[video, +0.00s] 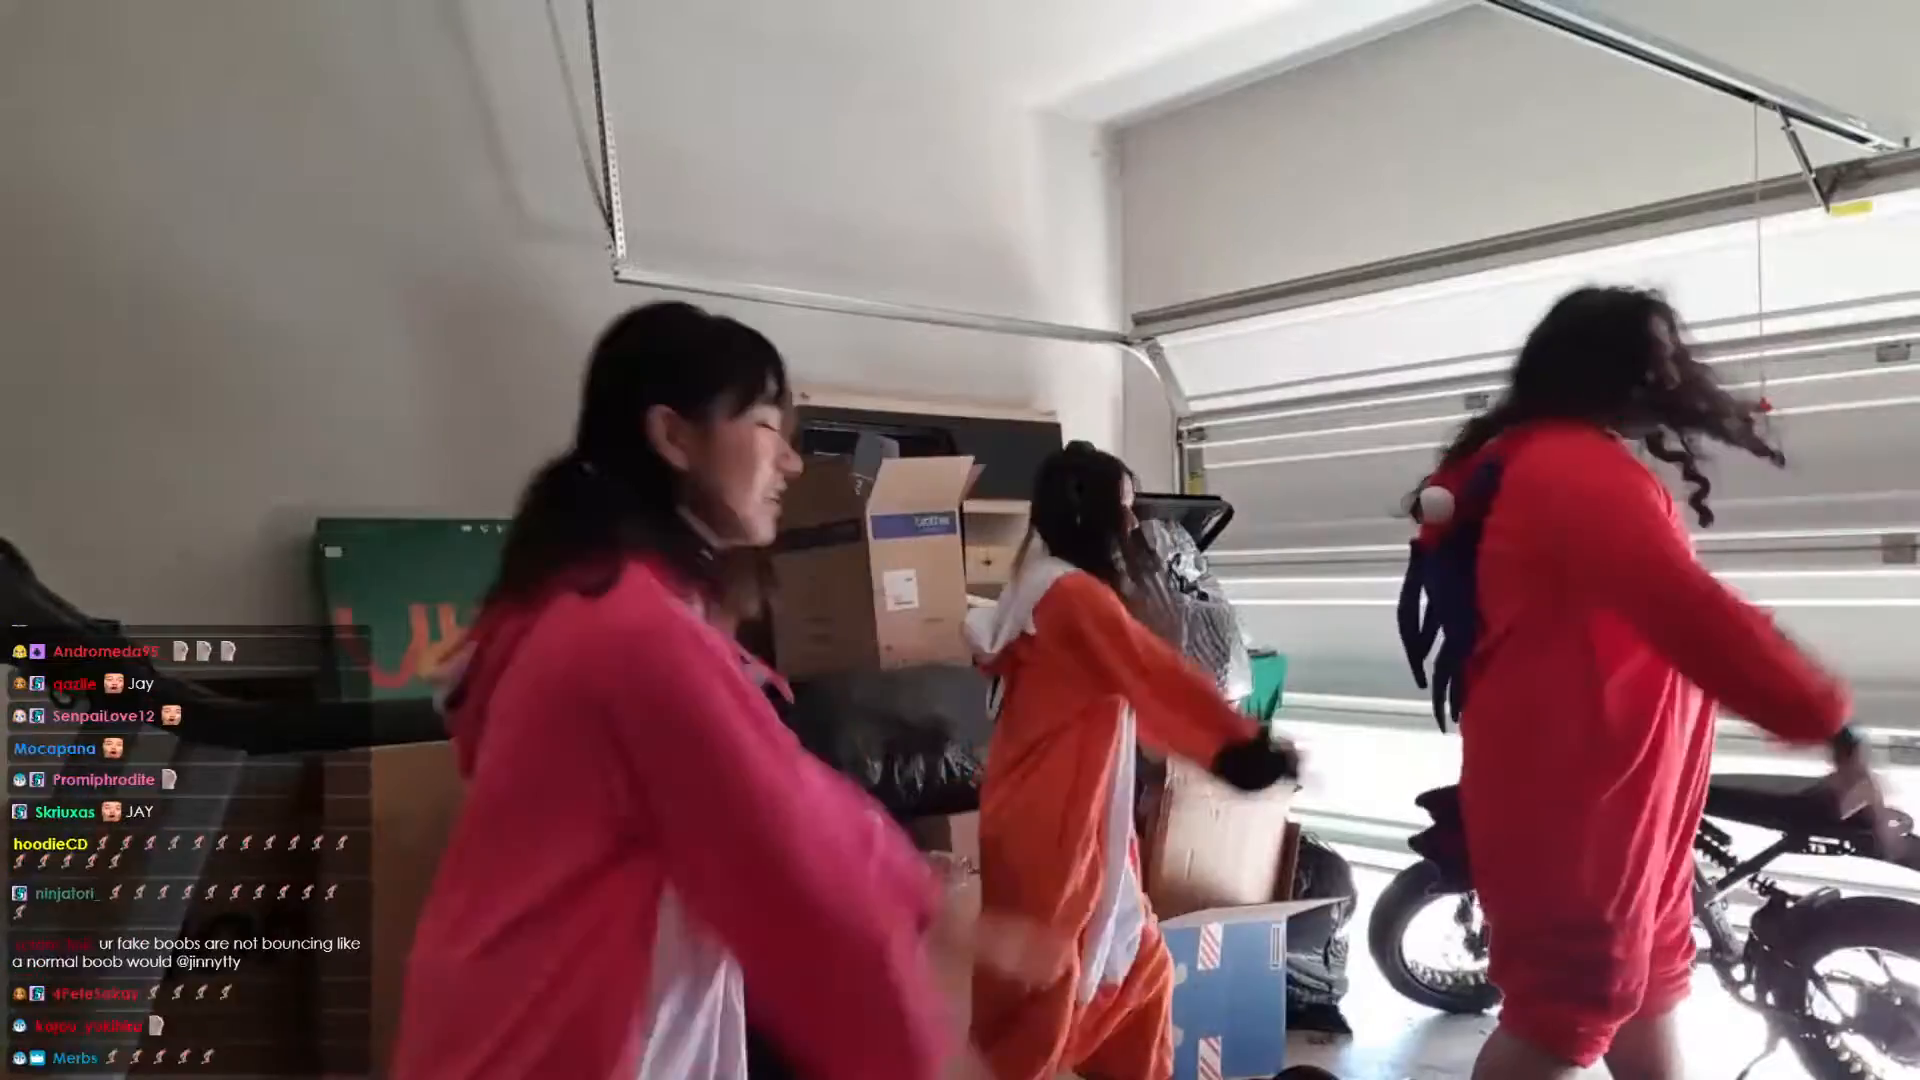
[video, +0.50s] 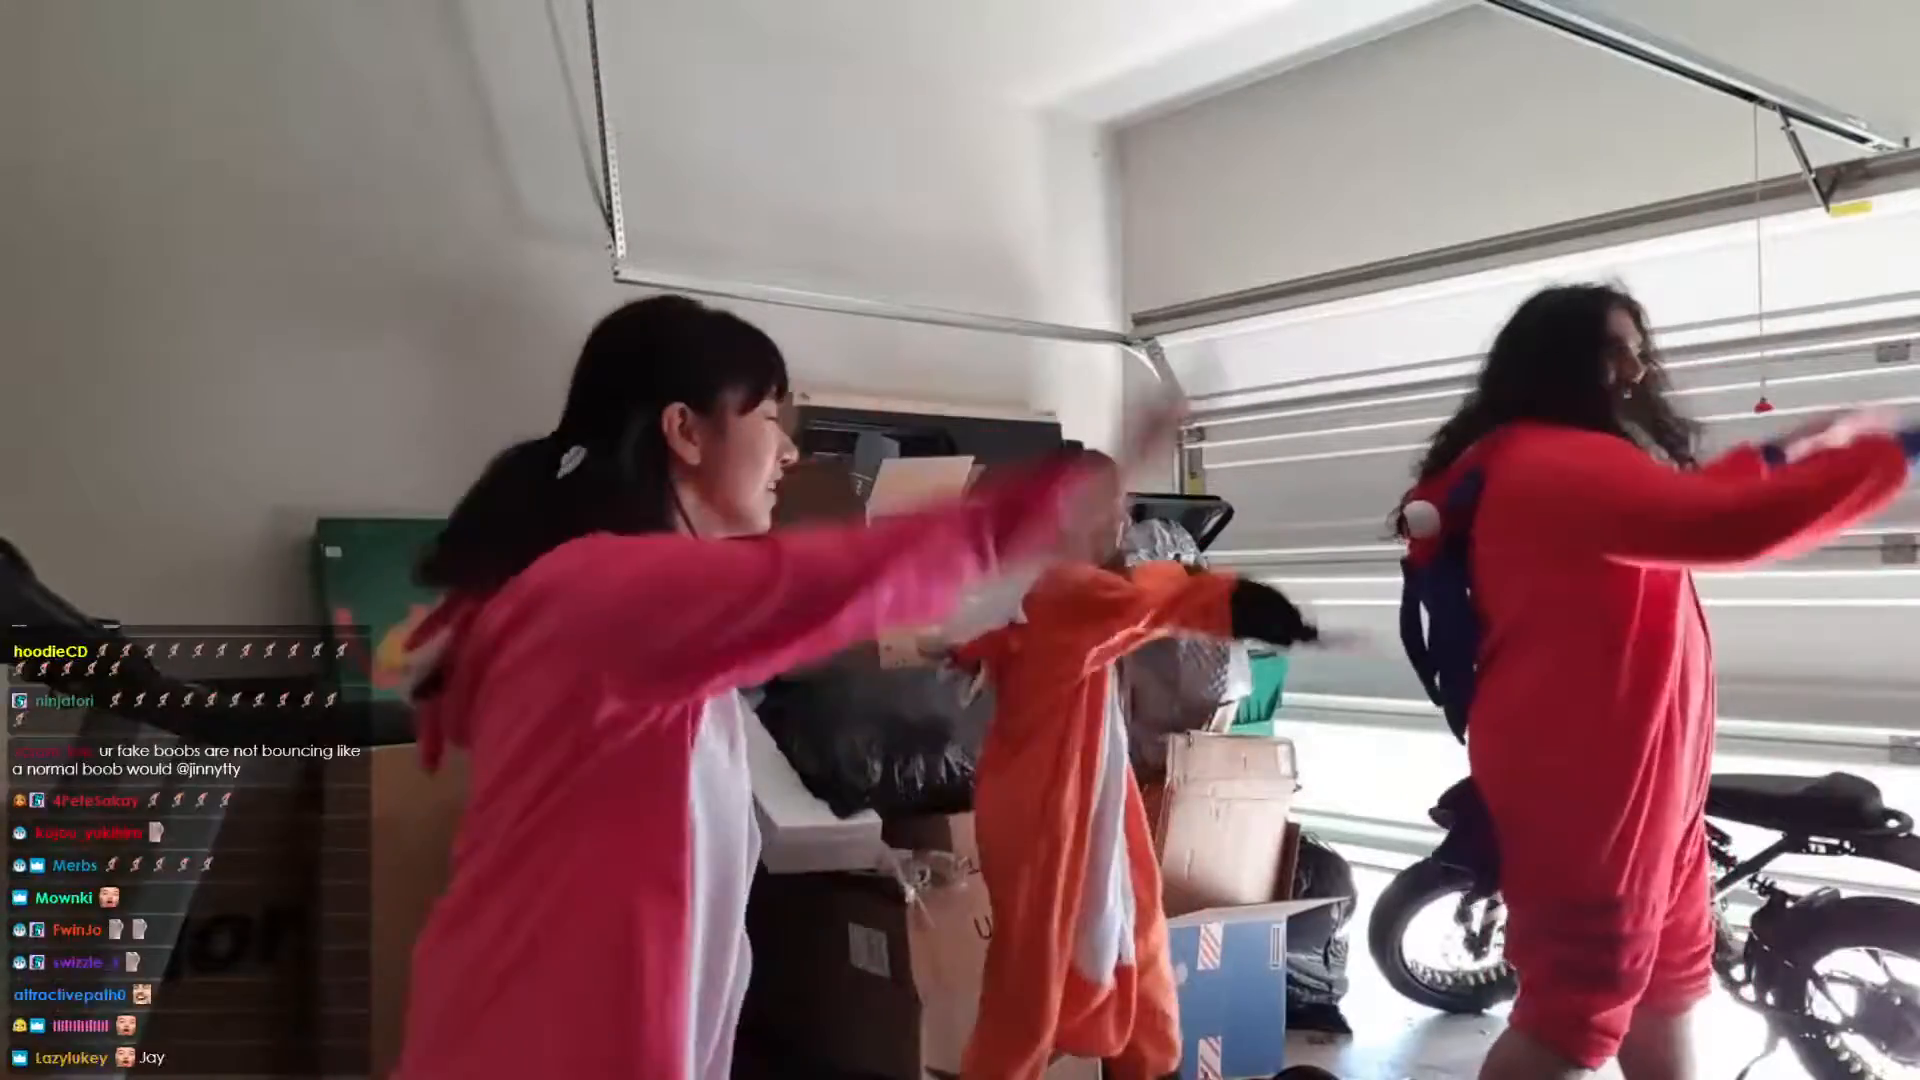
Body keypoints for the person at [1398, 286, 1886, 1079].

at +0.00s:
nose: (1675, 380)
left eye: (1673, 359)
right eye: (1661, 361)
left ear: (1562, 365)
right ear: (1622, 370)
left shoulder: (1591, 462)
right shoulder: (1572, 470)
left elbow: (1676, 603)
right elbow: (1690, 611)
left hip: (1633, 796)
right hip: (1569, 808)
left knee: (1646, 995)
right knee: (1561, 1020)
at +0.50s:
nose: (1634, 374)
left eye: (1639, 356)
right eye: (1613, 356)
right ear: (1558, 363)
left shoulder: (1589, 458)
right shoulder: (1537, 464)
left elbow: (1682, 493)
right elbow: (1721, 521)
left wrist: (1788, 450)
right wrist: (1893, 452)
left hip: (1652, 777)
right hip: (1580, 790)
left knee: (1665, 989)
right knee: (1572, 1016)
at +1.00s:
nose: (1627, 377)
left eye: (1638, 360)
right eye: (1601, 359)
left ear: (1653, 372)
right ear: (1548, 371)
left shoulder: (1603, 467)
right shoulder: (1545, 474)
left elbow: (1710, 494)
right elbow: (1731, 520)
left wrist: (1824, 471)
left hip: (1647, 793)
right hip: (1575, 807)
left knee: (1669, 986)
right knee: (1580, 1020)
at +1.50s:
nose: (1671, 370)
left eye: (1684, 352)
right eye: (1645, 350)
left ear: (1699, 369)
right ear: (1593, 365)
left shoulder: (1654, 473)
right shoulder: (1587, 479)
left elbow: (1700, 632)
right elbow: (1676, 643)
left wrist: (1770, 681)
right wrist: (1816, 738)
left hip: (1658, 786)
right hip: (1587, 793)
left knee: (1660, 1000)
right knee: (1576, 1020)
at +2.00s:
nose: (1681, 415)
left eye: (1680, 397)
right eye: (1666, 397)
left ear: (1585, 399)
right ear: (1613, 400)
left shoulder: (1604, 481)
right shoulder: (1566, 490)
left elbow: (1699, 435)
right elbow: (1778, 446)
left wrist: (1763, 327)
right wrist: (1888, 304)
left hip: (1670, 791)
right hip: (1610, 813)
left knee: (1738, 982)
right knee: (1640, 1036)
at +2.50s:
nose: (1709, 383)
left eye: (1721, 367)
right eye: (1686, 361)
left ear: (1734, 386)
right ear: (1632, 370)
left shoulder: (1648, 480)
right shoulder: (1613, 486)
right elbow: (1651, 668)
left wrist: (1705, 792)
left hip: (1628, 779)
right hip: (1579, 786)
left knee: (1662, 989)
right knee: (1591, 1022)